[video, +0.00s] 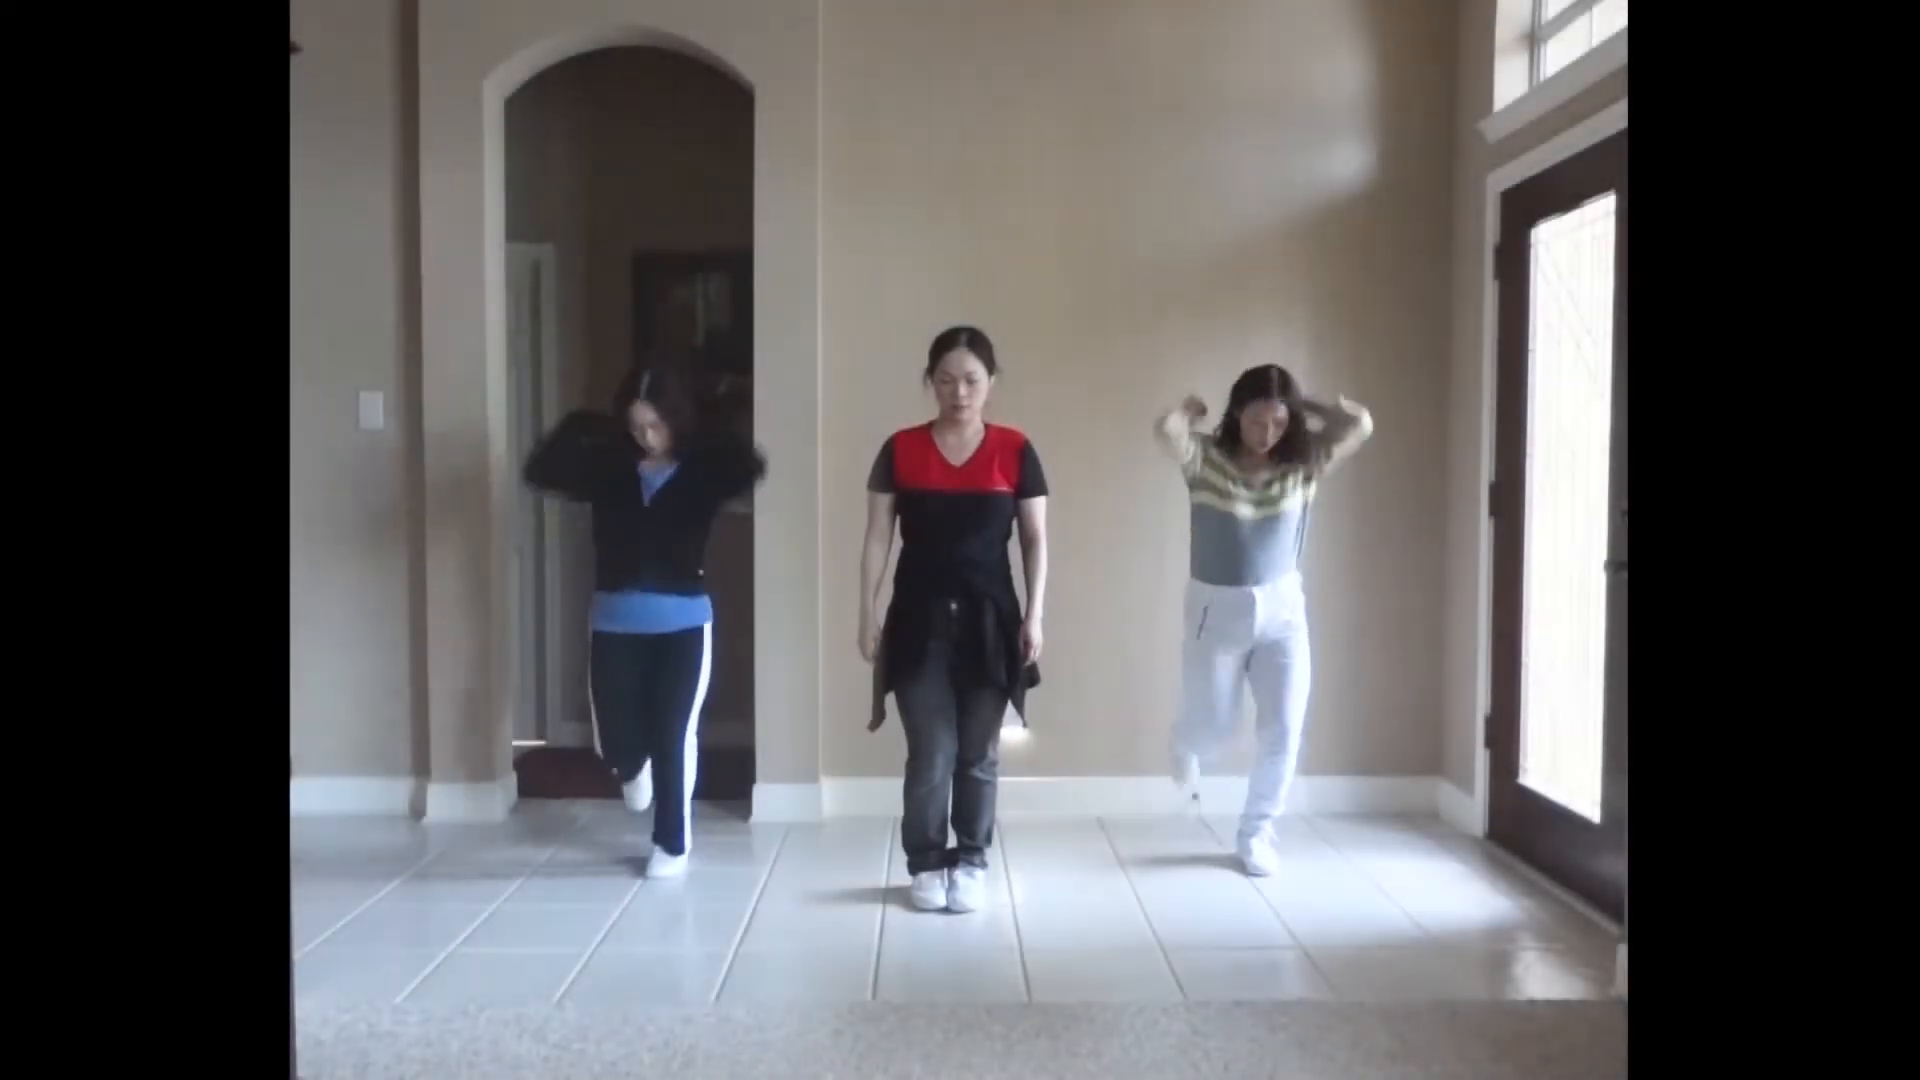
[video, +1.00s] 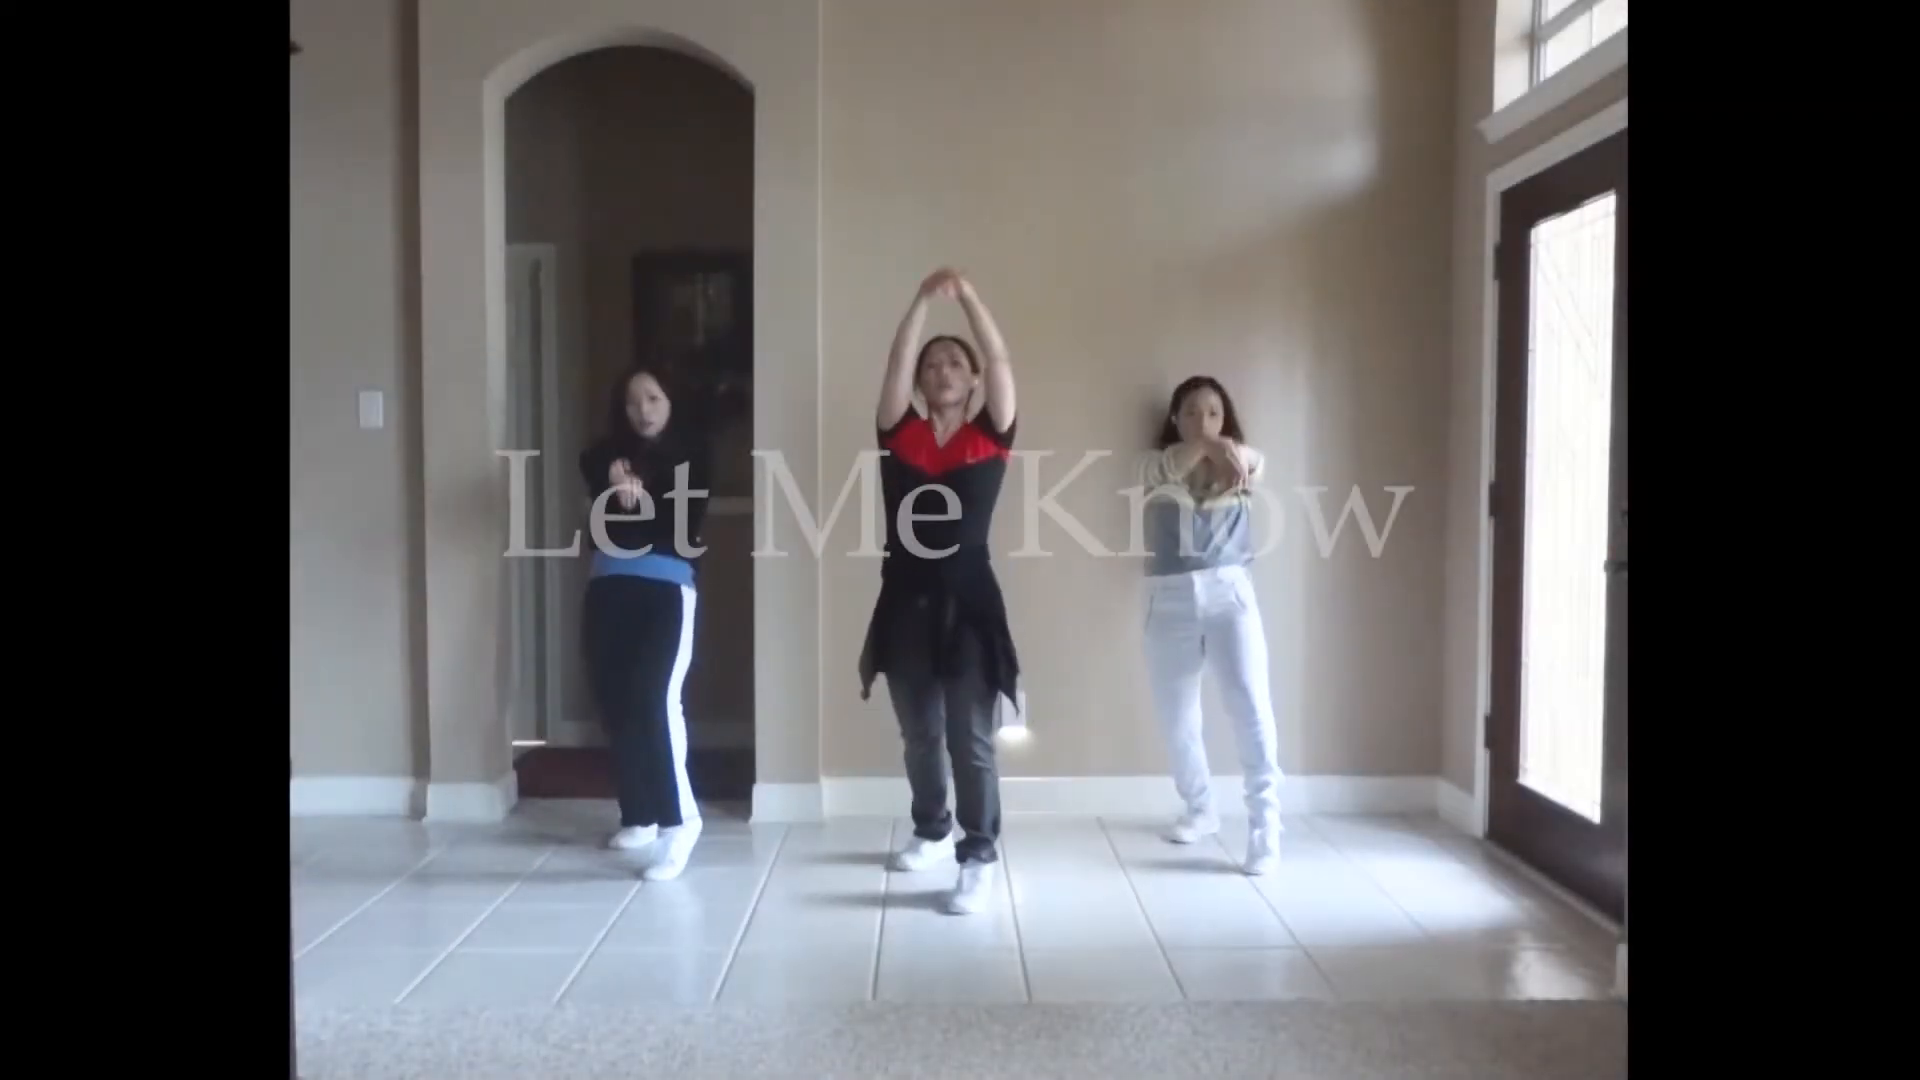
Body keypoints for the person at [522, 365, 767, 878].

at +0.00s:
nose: (644, 435)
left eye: (653, 424)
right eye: (636, 425)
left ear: (677, 423)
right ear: (627, 425)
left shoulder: (702, 472)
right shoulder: (609, 469)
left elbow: (749, 467)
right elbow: (541, 471)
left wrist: (705, 433)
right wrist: (584, 423)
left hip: (682, 627)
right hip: (615, 626)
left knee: (673, 739)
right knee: (618, 746)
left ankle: (670, 847)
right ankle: (635, 768)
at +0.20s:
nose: (642, 378)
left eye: (652, 368)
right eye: (634, 367)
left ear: (670, 374)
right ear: (619, 372)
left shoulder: (690, 426)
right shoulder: (599, 426)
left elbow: (729, 371)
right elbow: (565, 359)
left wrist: (679, 323)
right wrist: (620, 314)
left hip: (673, 582)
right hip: (614, 582)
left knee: (667, 708)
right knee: (628, 704)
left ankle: (672, 833)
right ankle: (638, 811)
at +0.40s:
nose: (638, 368)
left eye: (650, 361)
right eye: (630, 359)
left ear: (667, 375)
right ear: (617, 371)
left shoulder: (681, 430)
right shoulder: (596, 425)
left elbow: (701, 370)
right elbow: (573, 358)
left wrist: (663, 323)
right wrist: (614, 309)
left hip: (668, 580)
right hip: (612, 580)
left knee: (668, 705)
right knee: (630, 704)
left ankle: (689, 825)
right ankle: (646, 816)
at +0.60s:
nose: (638, 382)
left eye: (647, 373)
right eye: (629, 378)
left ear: (665, 386)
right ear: (615, 391)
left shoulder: (683, 431)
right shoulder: (600, 436)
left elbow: (709, 372)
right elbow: (577, 396)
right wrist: (604, 357)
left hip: (668, 585)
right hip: (611, 584)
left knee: (659, 702)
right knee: (627, 704)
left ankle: (682, 822)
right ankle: (642, 817)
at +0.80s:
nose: (644, 393)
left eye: (653, 386)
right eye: (634, 386)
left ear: (670, 396)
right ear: (620, 395)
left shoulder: (683, 434)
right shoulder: (602, 432)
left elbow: (685, 432)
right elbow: (587, 431)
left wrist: (649, 418)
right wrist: (610, 411)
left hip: (667, 585)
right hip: (611, 584)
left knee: (656, 701)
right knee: (623, 702)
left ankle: (683, 819)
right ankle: (641, 817)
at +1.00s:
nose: (643, 409)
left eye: (652, 400)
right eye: (634, 402)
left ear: (670, 403)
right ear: (623, 408)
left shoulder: (689, 454)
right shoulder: (605, 453)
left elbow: (687, 524)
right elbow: (594, 468)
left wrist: (643, 494)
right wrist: (615, 482)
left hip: (667, 590)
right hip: (611, 588)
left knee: (655, 699)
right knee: (618, 702)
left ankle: (681, 818)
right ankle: (640, 819)